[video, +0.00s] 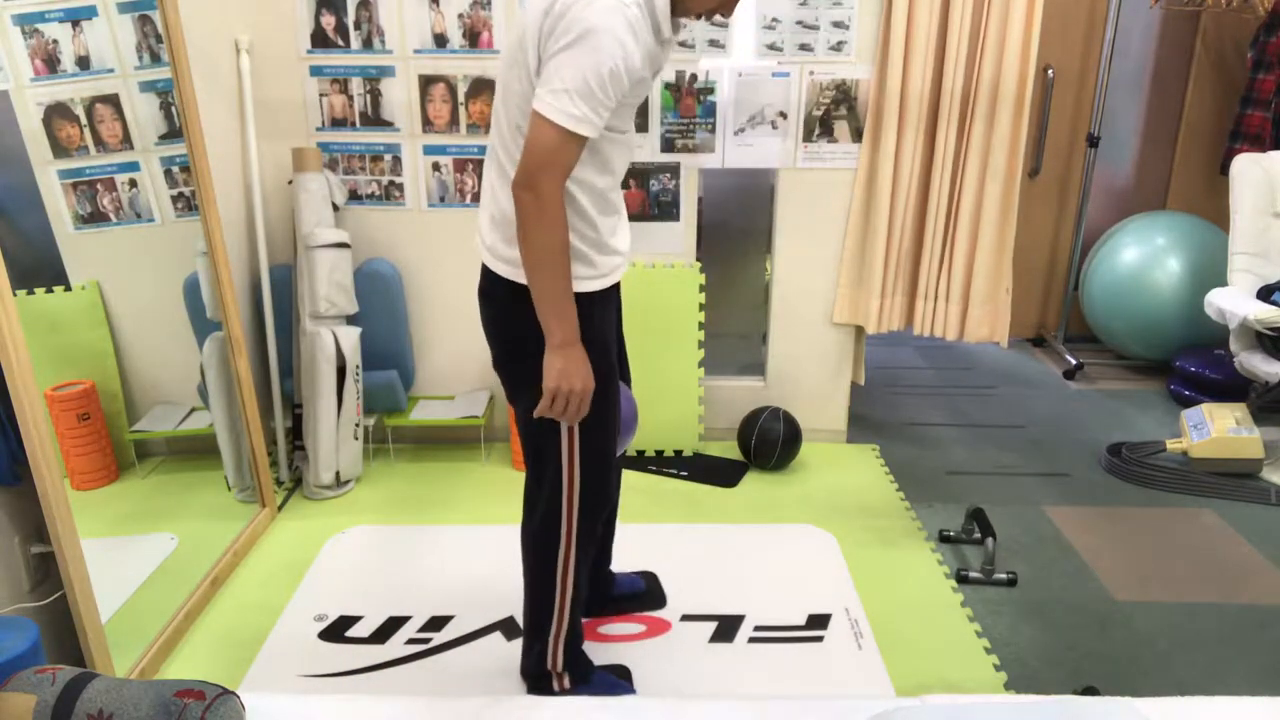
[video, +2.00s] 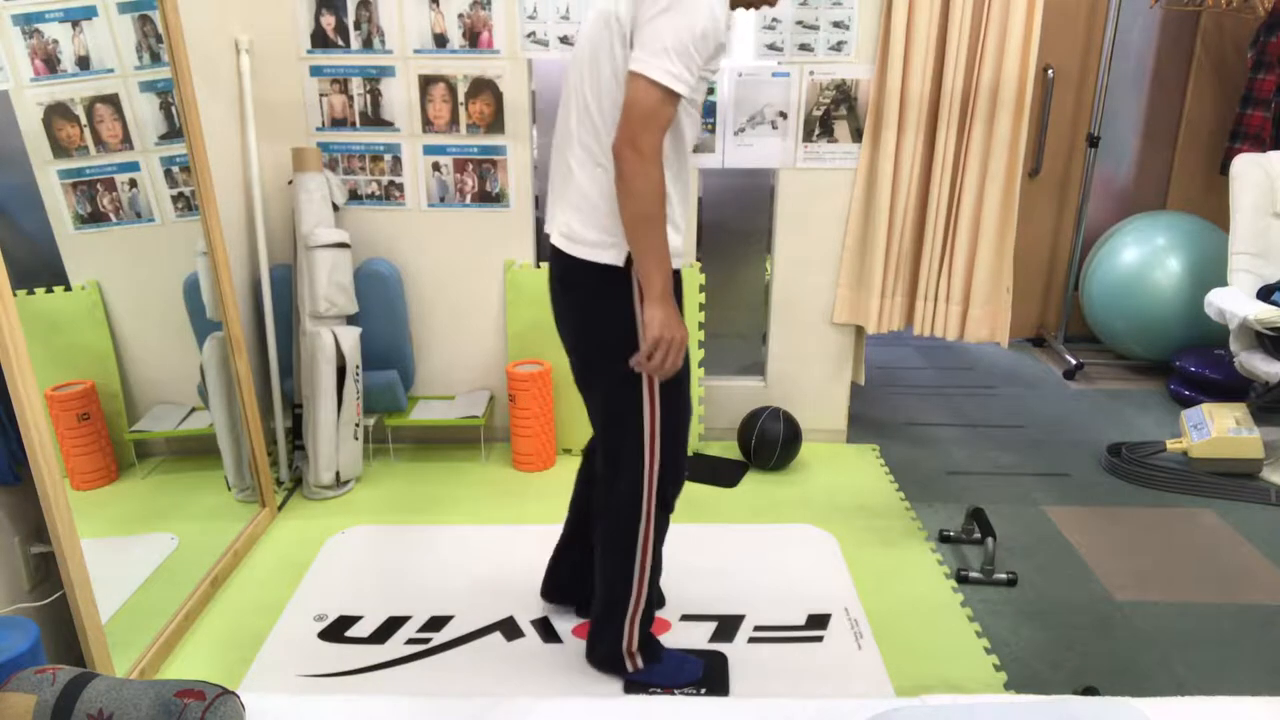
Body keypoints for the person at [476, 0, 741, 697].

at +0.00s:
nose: (728, 7)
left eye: (734, 1)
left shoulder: (640, 19)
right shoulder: (608, 29)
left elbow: (573, 173)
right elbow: (535, 185)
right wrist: (562, 341)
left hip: (587, 276)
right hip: (547, 287)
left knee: (603, 438)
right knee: (566, 473)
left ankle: (589, 583)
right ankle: (553, 666)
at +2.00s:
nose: (767, 4)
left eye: (773, 3)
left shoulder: (647, 8)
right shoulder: (691, 8)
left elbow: (612, 140)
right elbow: (636, 146)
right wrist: (658, 296)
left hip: (590, 252)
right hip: (620, 264)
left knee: (623, 436)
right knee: (653, 459)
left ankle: (576, 578)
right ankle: (625, 645)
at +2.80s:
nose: (844, 4)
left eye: (850, 0)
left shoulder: (765, 18)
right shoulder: (745, 8)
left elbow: (701, 134)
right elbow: (675, 125)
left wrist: (718, 244)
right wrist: (691, 270)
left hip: (678, 244)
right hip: (652, 244)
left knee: (688, 421)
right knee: (662, 435)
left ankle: (655, 575)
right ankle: (624, 636)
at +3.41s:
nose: (900, 22)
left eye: (913, 14)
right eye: (914, 8)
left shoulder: (767, 7)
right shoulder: (825, 9)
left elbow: (727, 133)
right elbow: (761, 140)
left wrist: (763, 252)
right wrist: (794, 271)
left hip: (675, 240)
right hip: (705, 249)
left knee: (688, 427)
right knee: (723, 450)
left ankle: (653, 569)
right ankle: (712, 646)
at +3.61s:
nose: (939, 61)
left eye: (953, 52)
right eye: (951, 46)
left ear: (922, 0)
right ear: (933, 6)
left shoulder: (825, 9)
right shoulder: (871, 33)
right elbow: (815, 187)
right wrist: (819, 314)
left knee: (699, 425)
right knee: (736, 455)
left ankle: (666, 562)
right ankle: (714, 647)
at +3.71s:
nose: (948, 102)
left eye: (962, 96)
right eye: (962, 87)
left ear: (943, 30)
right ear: (951, 43)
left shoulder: (862, 22)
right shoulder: (892, 70)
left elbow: (717, 88)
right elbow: (837, 231)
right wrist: (816, 339)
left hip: (675, 230)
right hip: (698, 251)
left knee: (713, 430)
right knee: (738, 452)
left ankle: (698, 565)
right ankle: (711, 648)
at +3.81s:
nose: (941, 143)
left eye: (956, 140)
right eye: (956, 132)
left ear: (949, 72)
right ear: (956, 88)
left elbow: (726, 100)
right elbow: (834, 266)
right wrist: (803, 363)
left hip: (680, 227)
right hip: (689, 249)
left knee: (747, 424)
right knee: (735, 452)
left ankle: (721, 564)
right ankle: (710, 645)